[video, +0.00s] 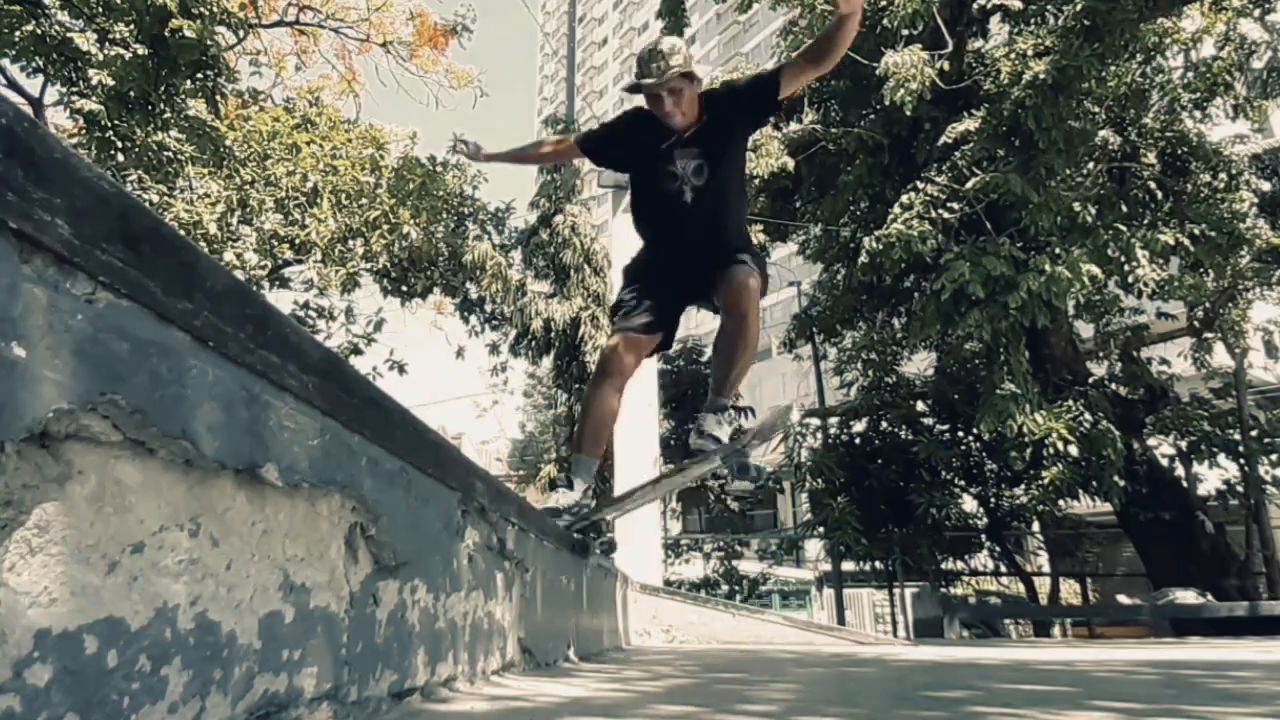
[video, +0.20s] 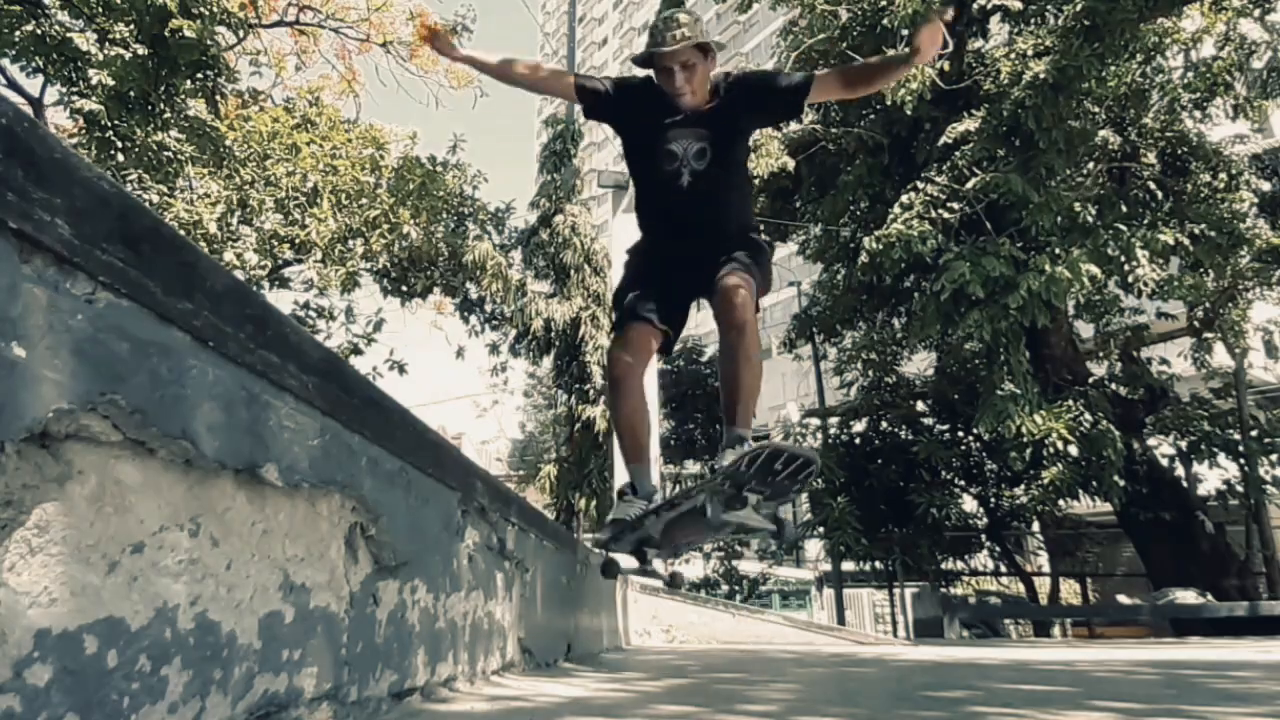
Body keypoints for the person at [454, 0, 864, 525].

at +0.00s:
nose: (660, 106)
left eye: (668, 94)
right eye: (651, 96)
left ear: (695, 85)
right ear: (643, 93)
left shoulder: (731, 107)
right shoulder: (632, 130)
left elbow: (812, 65)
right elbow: (561, 150)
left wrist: (849, 17)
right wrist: (492, 156)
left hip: (725, 256)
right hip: (659, 264)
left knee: (744, 290)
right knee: (616, 358)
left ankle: (717, 417)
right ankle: (577, 485)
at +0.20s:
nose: (675, 83)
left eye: (685, 70)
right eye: (664, 72)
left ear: (709, 62)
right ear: (653, 70)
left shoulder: (744, 94)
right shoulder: (633, 99)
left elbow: (841, 82)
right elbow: (546, 79)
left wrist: (913, 57)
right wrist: (462, 55)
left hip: (731, 248)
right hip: (661, 255)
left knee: (735, 298)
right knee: (626, 355)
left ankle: (739, 447)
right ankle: (640, 492)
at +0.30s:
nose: (681, 83)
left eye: (692, 70)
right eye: (670, 70)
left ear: (717, 64)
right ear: (657, 64)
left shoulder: (749, 96)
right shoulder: (633, 91)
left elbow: (842, 105)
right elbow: (541, 65)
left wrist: (922, 102)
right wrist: (461, 29)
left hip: (732, 247)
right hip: (660, 256)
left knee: (731, 309)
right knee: (632, 368)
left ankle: (743, 465)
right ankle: (661, 508)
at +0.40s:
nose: (696, 94)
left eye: (708, 79)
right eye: (682, 80)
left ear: (730, 72)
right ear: (665, 74)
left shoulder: (761, 110)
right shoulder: (638, 100)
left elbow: (848, 163)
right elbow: (558, 76)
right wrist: (478, 21)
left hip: (738, 263)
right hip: (664, 270)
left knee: (728, 336)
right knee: (655, 395)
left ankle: (742, 507)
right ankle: (688, 548)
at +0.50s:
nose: (709, 117)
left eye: (723, 102)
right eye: (695, 101)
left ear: (747, 97)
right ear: (679, 95)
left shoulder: (778, 140)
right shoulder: (656, 123)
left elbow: (834, 214)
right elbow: (570, 125)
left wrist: (835, 308)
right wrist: (538, 106)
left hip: (746, 297)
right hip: (671, 303)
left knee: (724, 394)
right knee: (655, 434)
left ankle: (754, 568)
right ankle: (709, 571)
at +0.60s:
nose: (762, 141)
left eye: (777, 127)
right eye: (749, 125)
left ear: (801, 117)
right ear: (728, 112)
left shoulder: (827, 168)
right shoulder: (686, 146)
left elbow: (818, 252)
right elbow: (654, 225)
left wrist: (791, 304)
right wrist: (664, 284)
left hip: (771, 310)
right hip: (688, 306)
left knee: (745, 376)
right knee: (625, 407)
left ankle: (749, 579)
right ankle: (678, 553)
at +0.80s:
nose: (902, 75)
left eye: (922, 65)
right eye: (892, 55)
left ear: (935, 85)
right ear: (861, 57)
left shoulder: (918, 170)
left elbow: (903, 305)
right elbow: (714, 68)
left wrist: (884, 433)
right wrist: (633, 56)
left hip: (799, 302)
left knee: (844, 385)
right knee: (647, 364)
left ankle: (841, 626)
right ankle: (594, 577)